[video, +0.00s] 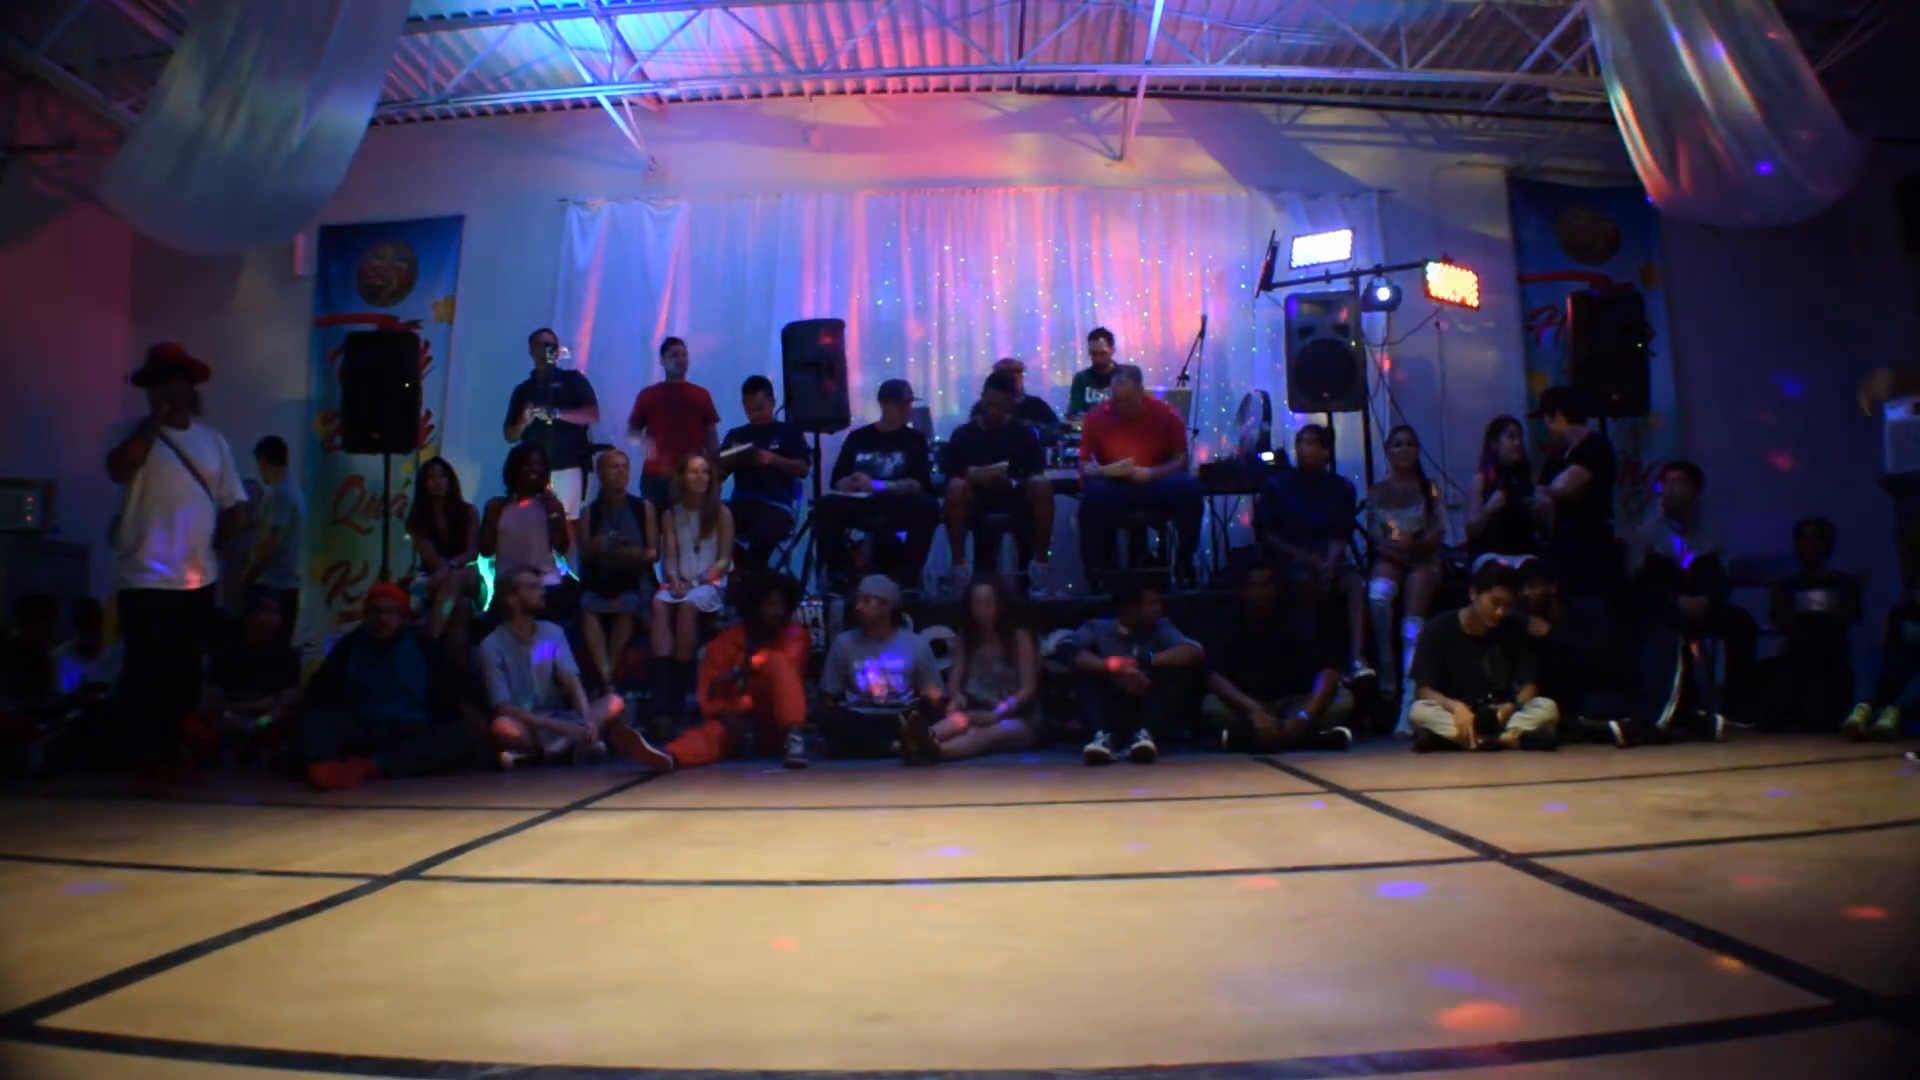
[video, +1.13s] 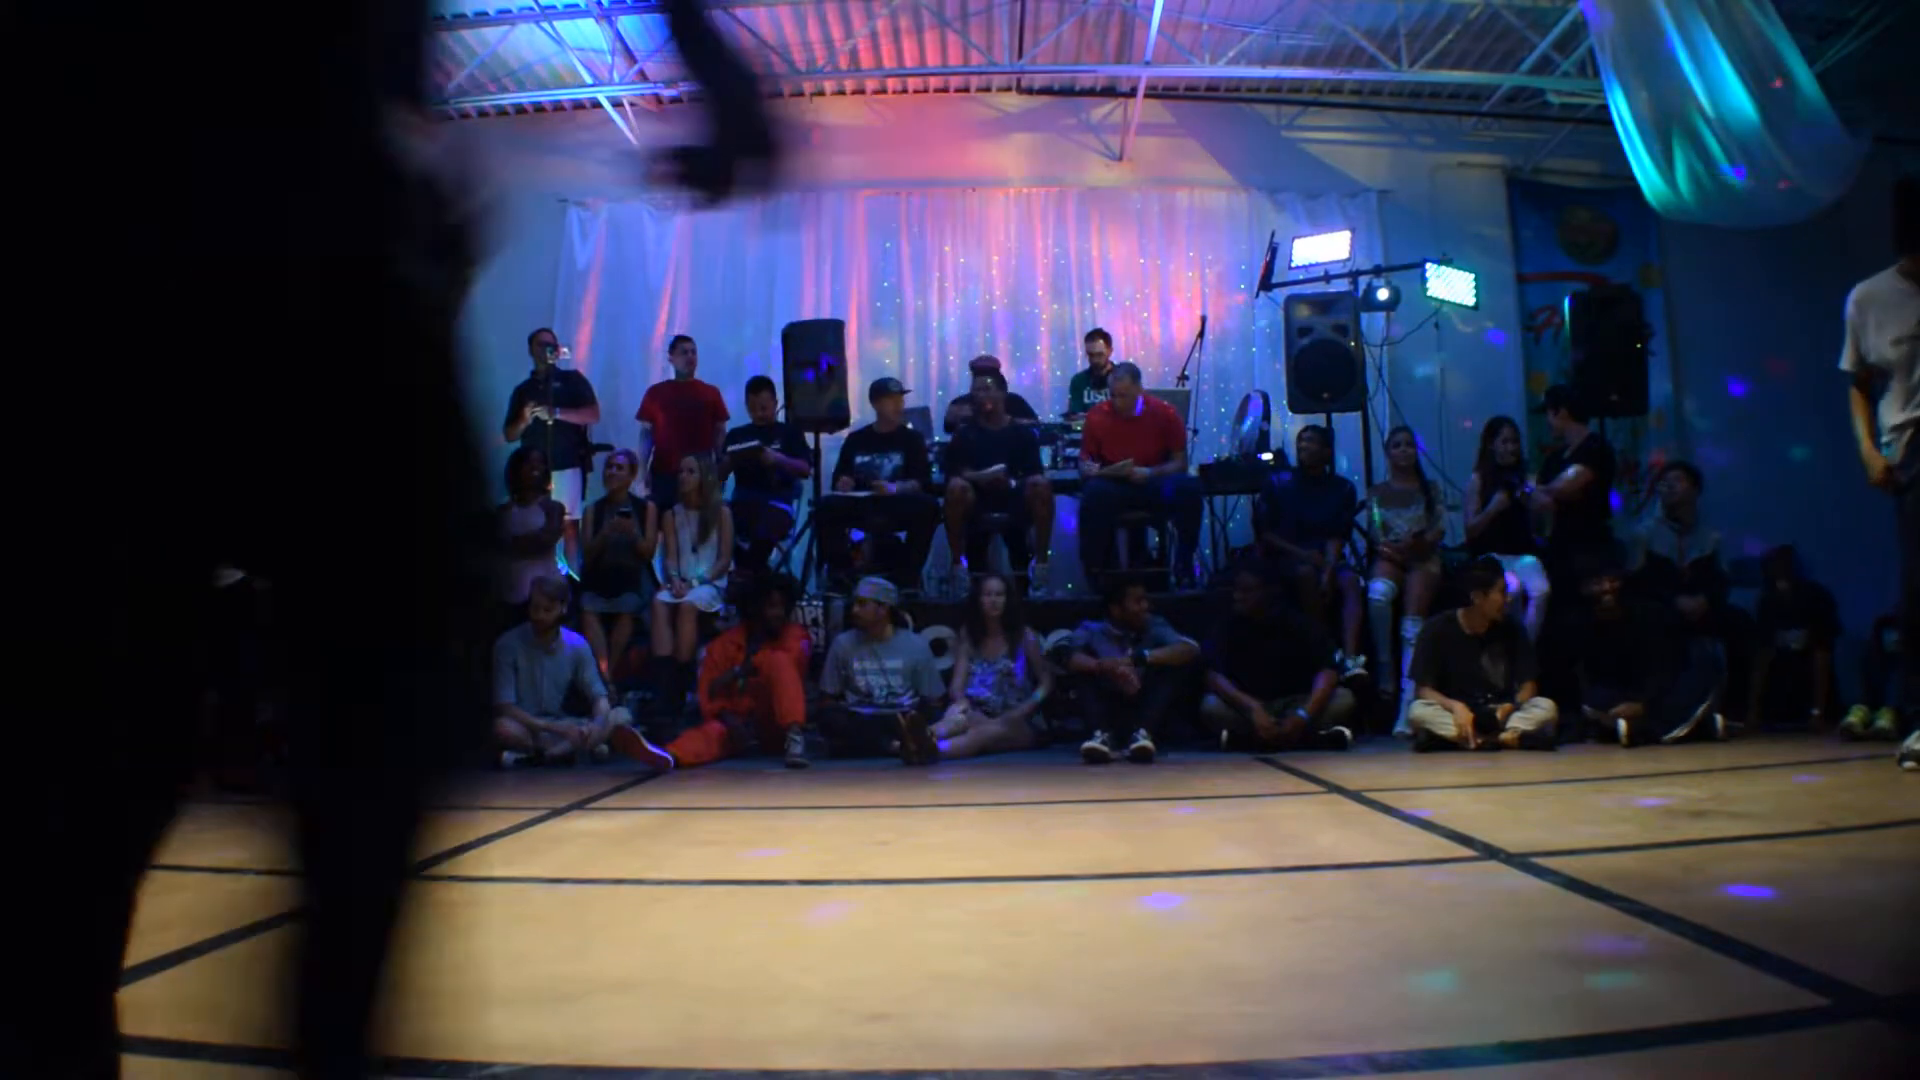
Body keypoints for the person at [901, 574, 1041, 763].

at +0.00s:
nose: (983, 609)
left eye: (989, 603)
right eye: (978, 603)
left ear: (1000, 605)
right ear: (969, 607)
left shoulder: (1018, 638)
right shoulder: (966, 639)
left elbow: (1028, 688)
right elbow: (954, 682)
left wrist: (995, 714)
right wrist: (958, 698)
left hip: (1011, 711)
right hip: (975, 708)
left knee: (979, 736)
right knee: (957, 722)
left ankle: (935, 752)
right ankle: (922, 737)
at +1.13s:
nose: (994, 600)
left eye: (999, 595)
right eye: (988, 595)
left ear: (1008, 599)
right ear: (978, 599)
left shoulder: (1023, 636)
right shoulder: (969, 636)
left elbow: (1046, 682)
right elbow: (956, 687)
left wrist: (1020, 712)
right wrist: (964, 707)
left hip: (1014, 713)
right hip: (978, 712)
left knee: (988, 734)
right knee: (960, 718)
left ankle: (934, 751)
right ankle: (924, 736)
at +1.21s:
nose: (992, 601)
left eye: (998, 595)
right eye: (986, 595)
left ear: (1007, 599)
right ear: (977, 599)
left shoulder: (1023, 634)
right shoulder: (969, 634)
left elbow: (1050, 675)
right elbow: (956, 686)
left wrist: (1043, 712)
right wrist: (963, 704)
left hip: (1017, 709)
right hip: (979, 707)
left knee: (983, 735)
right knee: (962, 719)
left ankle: (936, 751)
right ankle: (923, 736)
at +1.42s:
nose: (990, 601)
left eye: (996, 595)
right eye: (984, 595)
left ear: (1005, 600)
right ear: (974, 600)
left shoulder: (1023, 635)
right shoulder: (966, 638)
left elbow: (1044, 677)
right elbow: (954, 689)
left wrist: (1052, 721)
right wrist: (968, 704)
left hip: (1018, 711)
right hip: (978, 708)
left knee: (984, 733)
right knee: (959, 718)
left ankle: (936, 752)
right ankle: (926, 735)